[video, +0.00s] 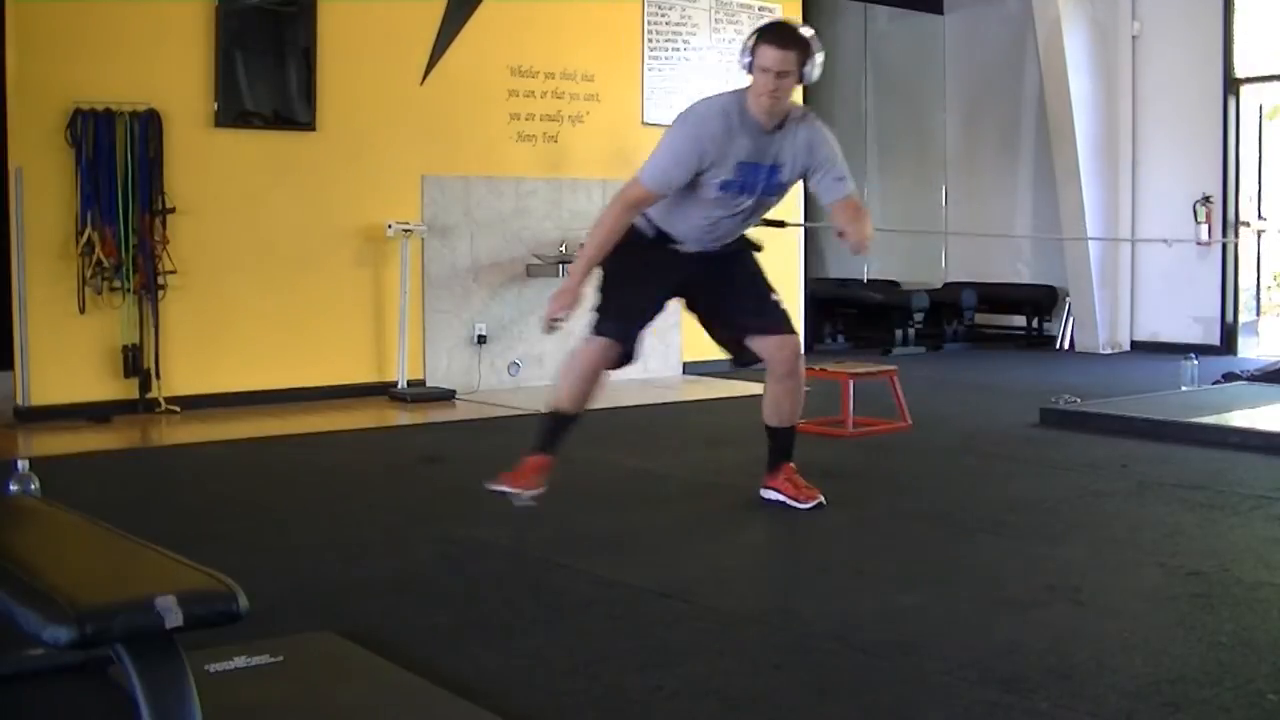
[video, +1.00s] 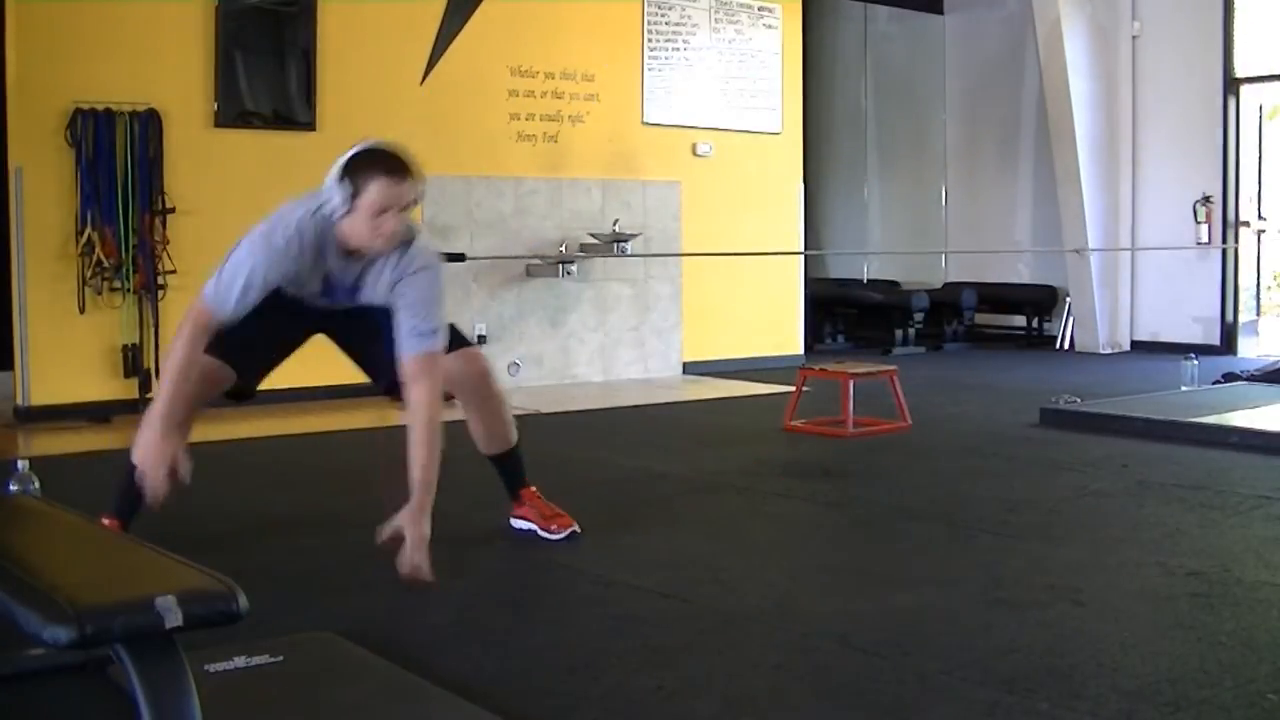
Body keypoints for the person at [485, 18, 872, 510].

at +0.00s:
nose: (769, 85)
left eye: (782, 76)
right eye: (762, 71)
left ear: (801, 80)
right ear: (749, 68)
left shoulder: (811, 138)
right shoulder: (707, 122)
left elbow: (844, 203)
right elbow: (630, 201)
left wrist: (856, 228)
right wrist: (573, 281)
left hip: (721, 252)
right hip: (650, 243)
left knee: (784, 351)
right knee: (604, 346)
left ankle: (779, 473)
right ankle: (538, 461)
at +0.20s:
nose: (611, 77)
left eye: (624, 66)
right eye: (603, 63)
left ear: (648, 68)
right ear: (592, 61)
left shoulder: (673, 124)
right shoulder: (554, 116)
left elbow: (720, 203)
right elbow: (467, 186)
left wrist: (736, 294)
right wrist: (490, 214)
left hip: (623, 258)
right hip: (537, 253)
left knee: (702, 367)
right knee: (472, 355)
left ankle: (771, 470)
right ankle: (442, 506)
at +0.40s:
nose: (482, 92)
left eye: (496, 80)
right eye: (474, 77)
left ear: (526, 75)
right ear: (463, 68)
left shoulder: (560, 124)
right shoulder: (430, 116)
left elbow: (606, 217)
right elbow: (340, 197)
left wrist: (627, 321)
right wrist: (331, 298)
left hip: (496, 234)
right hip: (412, 226)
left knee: (569, 338)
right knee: (349, 328)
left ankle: (554, 482)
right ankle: (346, 483)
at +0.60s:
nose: (362, 210)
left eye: (378, 198)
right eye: (352, 195)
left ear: (408, 189)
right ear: (339, 180)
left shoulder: (438, 230)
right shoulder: (314, 214)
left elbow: (474, 355)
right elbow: (233, 319)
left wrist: (468, 472)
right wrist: (185, 418)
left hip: (405, 291)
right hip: (321, 287)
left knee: (493, 367)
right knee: (233, 377)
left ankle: (527, 499)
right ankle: (133, 513)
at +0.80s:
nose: (276, 314)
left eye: (288, 300)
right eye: (263, 300)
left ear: (313, 289)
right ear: (242, 288)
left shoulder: (357, 301)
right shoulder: (222, 314)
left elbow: (396, 431)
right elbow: (173, 439)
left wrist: (400, 543)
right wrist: (129, 539)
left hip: (353, 288)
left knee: (453, 400)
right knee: (157, 374)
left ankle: (529, 499)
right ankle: (115, 523)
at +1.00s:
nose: (399, 226)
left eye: (407, 211)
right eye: (385, 213)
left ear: (413, 207)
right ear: (344, 209)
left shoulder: (416, 260)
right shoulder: (290, 231)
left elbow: (422, 387)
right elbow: (200, 319)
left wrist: (420, 505)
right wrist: (160, 427)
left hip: (367, 309)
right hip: (284, 301)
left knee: (471, 369)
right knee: (187, 389)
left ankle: (525, 500)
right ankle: (115, 524)